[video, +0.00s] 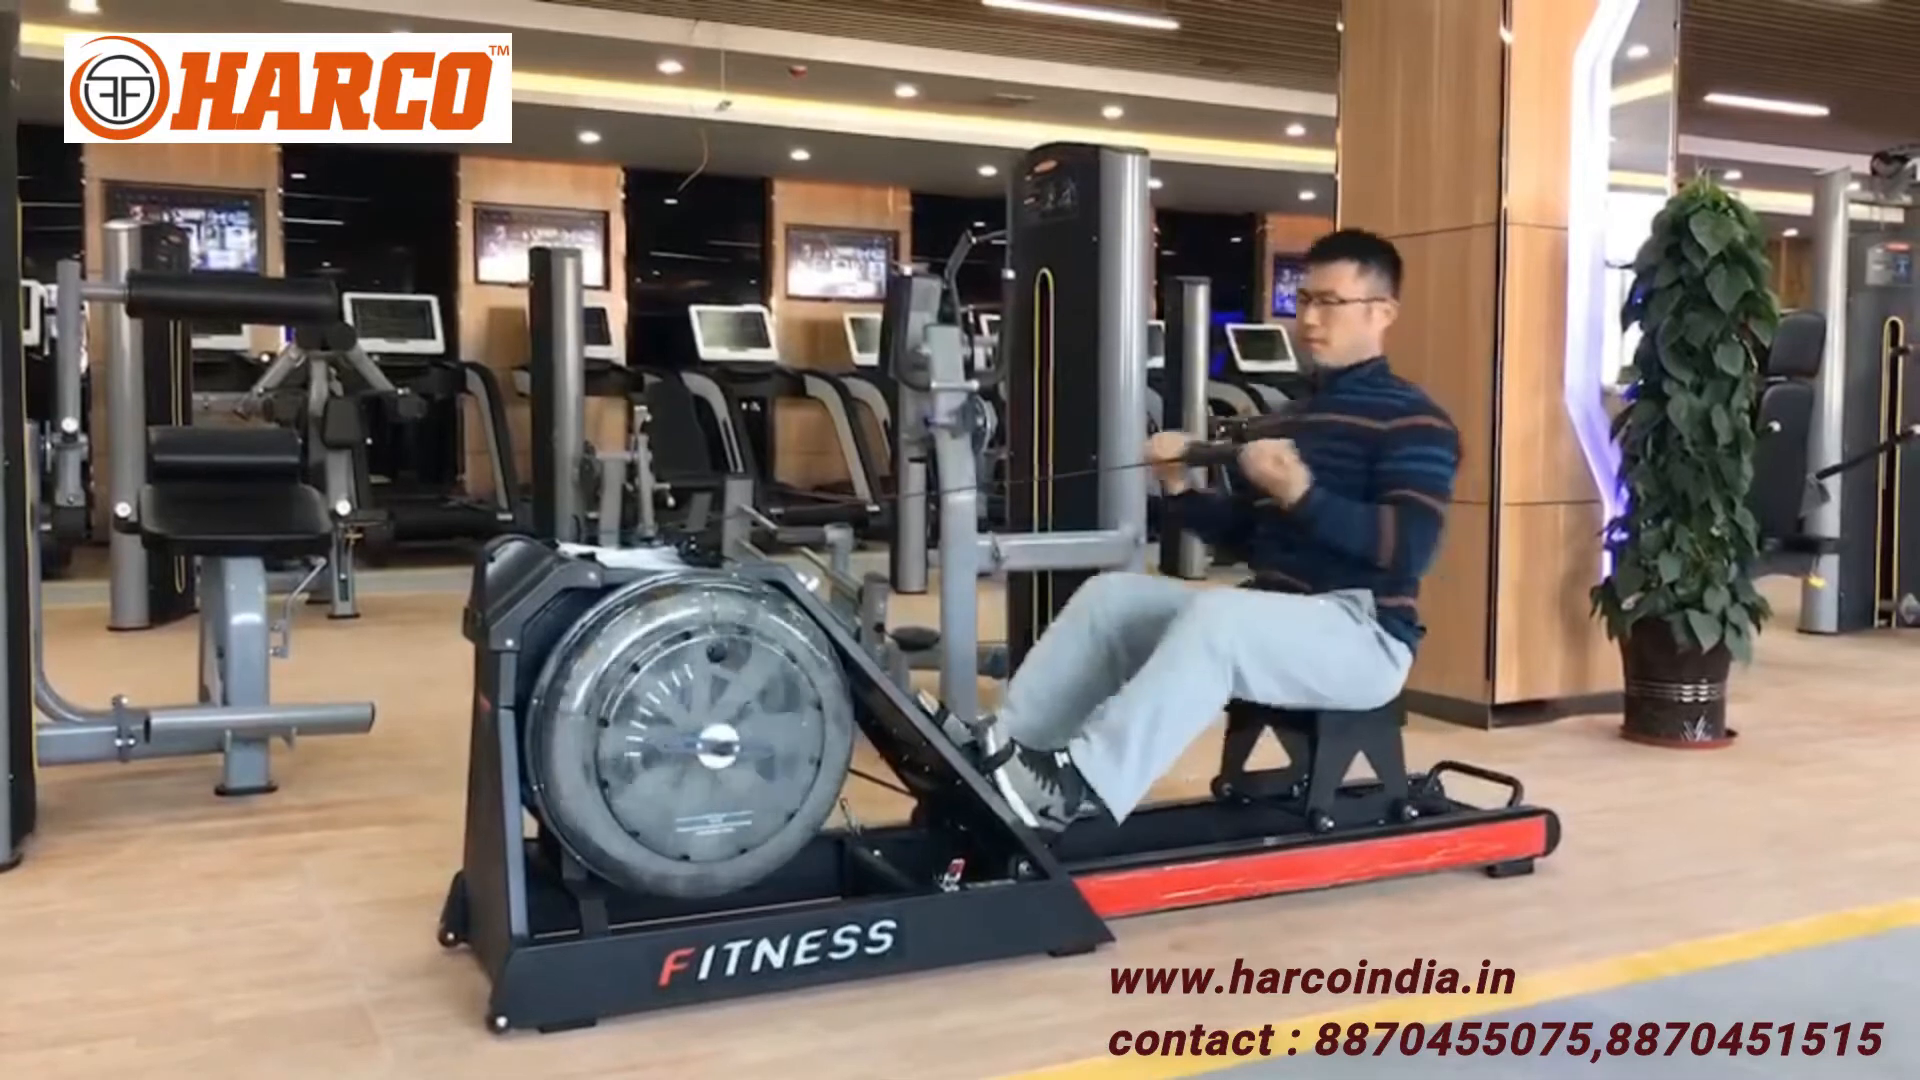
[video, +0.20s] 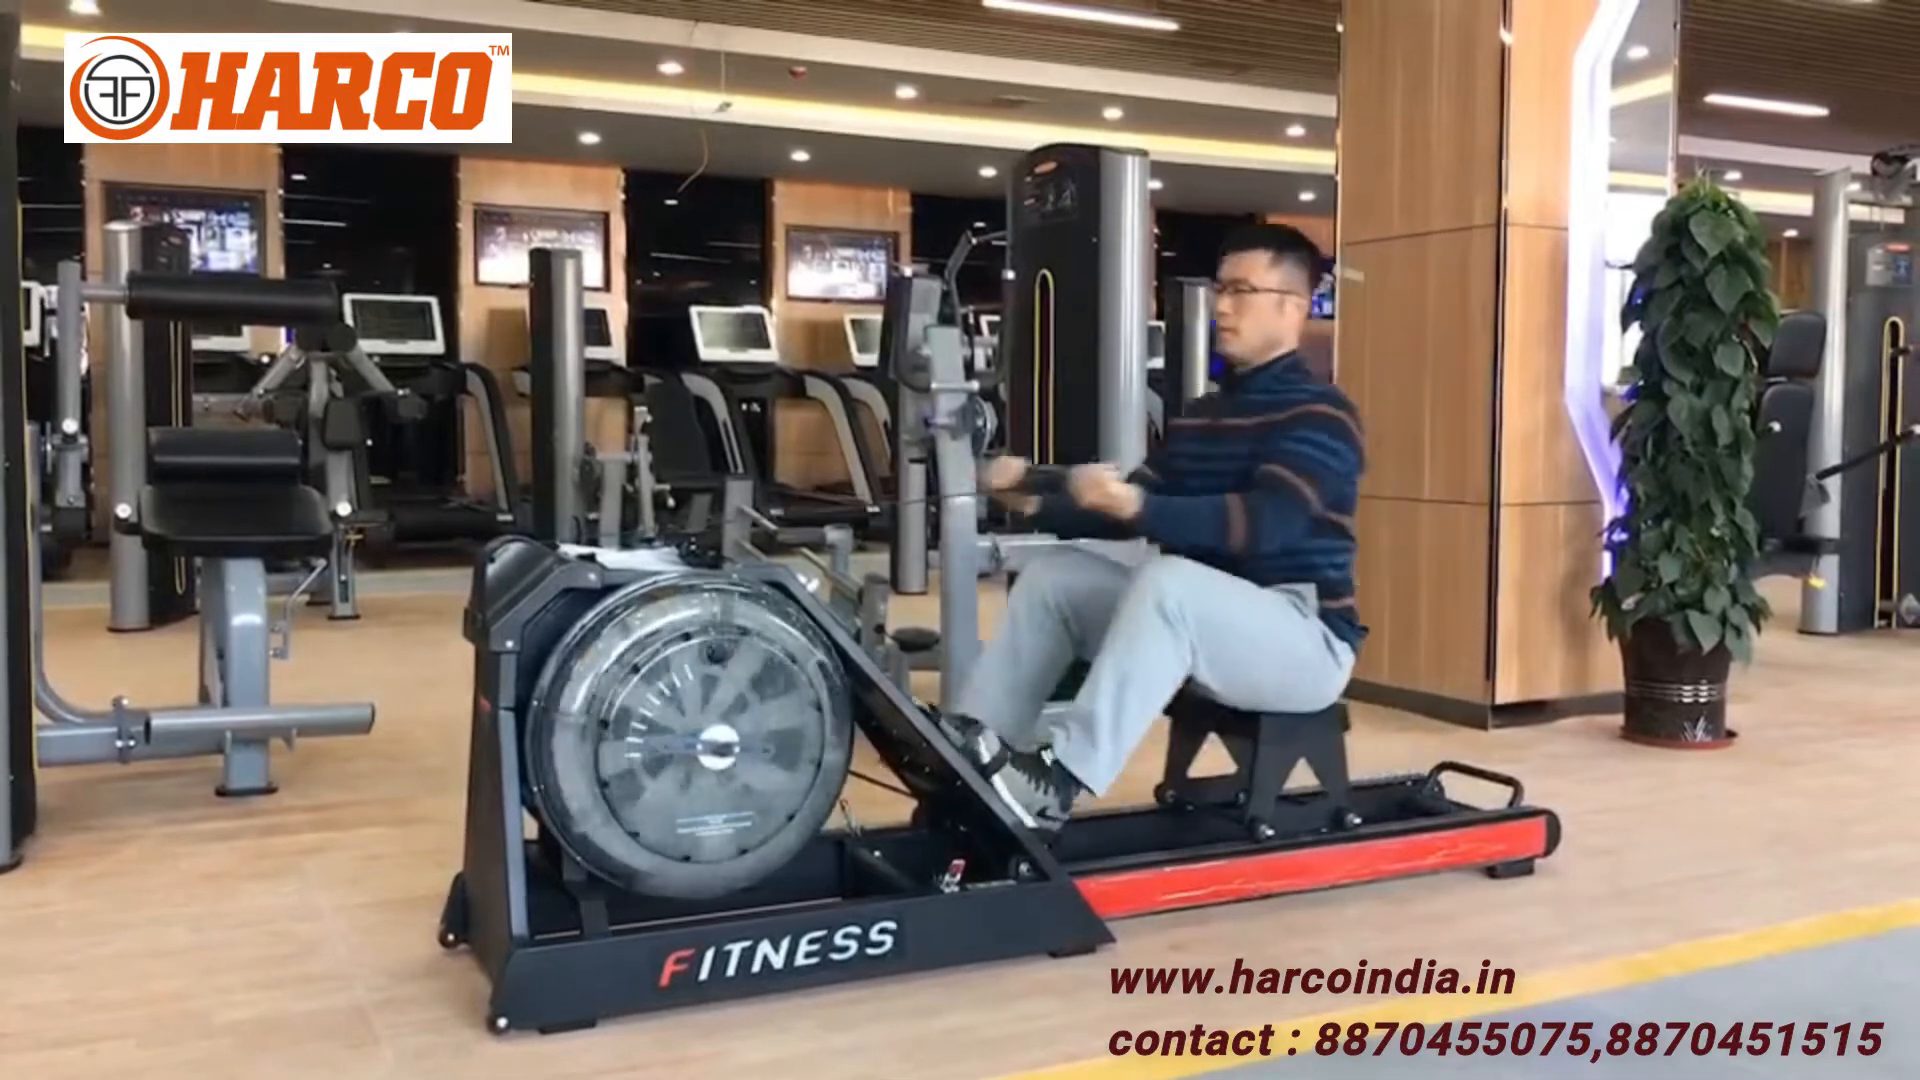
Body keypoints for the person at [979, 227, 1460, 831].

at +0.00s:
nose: (1307, 318)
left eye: (1328, 303)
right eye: (1303, 301)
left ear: (1381, 315)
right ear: (1294, 307)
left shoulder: (1416, 422)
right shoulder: (1294, 415)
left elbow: (1408, 547)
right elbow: (1246, 531)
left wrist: (1299, 495)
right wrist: (1173, 489)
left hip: (1363, 632)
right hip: (1270, 611)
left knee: (1214, 622)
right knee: (1110, 598)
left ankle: (1080, 786)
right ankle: (1001, 749)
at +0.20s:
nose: (1220, 307)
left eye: (1241, 292)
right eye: (1219, 291)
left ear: (1295, 309)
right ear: (1213, 300)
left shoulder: (1322, 416)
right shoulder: (1205, 414)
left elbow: (1264, 523)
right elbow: (1138, 504)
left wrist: (1141, 508)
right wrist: (1033, 488)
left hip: (1307, 638)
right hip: (1207, 613)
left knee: (1168, 588)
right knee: (1050, 578)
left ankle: (1058, 778)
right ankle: (973, 742)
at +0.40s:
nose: (1164, 301)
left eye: (1185, 287)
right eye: (1165, 286)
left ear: (1237, 307)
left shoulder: (1258, 404)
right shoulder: (1145, 408)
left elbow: (1158, 482)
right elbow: (1058, 474)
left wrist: (1031, 510)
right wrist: (933, 498)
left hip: (1255, 645)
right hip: (1156, 623)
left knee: (1123, 566)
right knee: (992, 556)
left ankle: (1040, 782)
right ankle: (972, 742)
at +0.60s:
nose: (1163, 300)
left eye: (1183, 288)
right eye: (1164, 286)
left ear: (1236, 307)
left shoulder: (1251, 406)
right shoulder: (1144, 407)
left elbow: (1143, 476)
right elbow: (1058, 470)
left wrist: (1019, 506)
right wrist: (931, 494)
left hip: (1245, 645)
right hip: (1155, 622)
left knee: (1109, 565)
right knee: (992, 557)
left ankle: (1039, 783)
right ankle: (966, 749)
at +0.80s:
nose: (1211, 306)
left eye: (1231, 293)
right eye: (1209, 292)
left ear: (1280, 313)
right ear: (1201, 303)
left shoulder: (1295, 408)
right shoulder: (1184, 409)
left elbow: (1196, 482)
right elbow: (1098, 474)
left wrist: (1074, 504)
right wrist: (976, 487)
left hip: (1270, 641)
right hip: (1178, 617)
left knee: (1133, 574)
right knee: (1026, 569)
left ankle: (1041, 785)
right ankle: (962, 755)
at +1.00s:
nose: (1275, 323)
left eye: (1295, 309)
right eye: (1272, 309)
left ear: (1350, 322)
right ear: (1266, 315)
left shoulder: (1365, 415)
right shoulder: (1246, 422)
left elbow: (1285, 502)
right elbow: (1175, 499)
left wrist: (1171, 496)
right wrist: (1071, 491)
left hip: (1322, 636)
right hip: (1231, 616)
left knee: (1175, 601)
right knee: (1071, 584)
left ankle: (1046, 788)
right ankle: (968, 749)